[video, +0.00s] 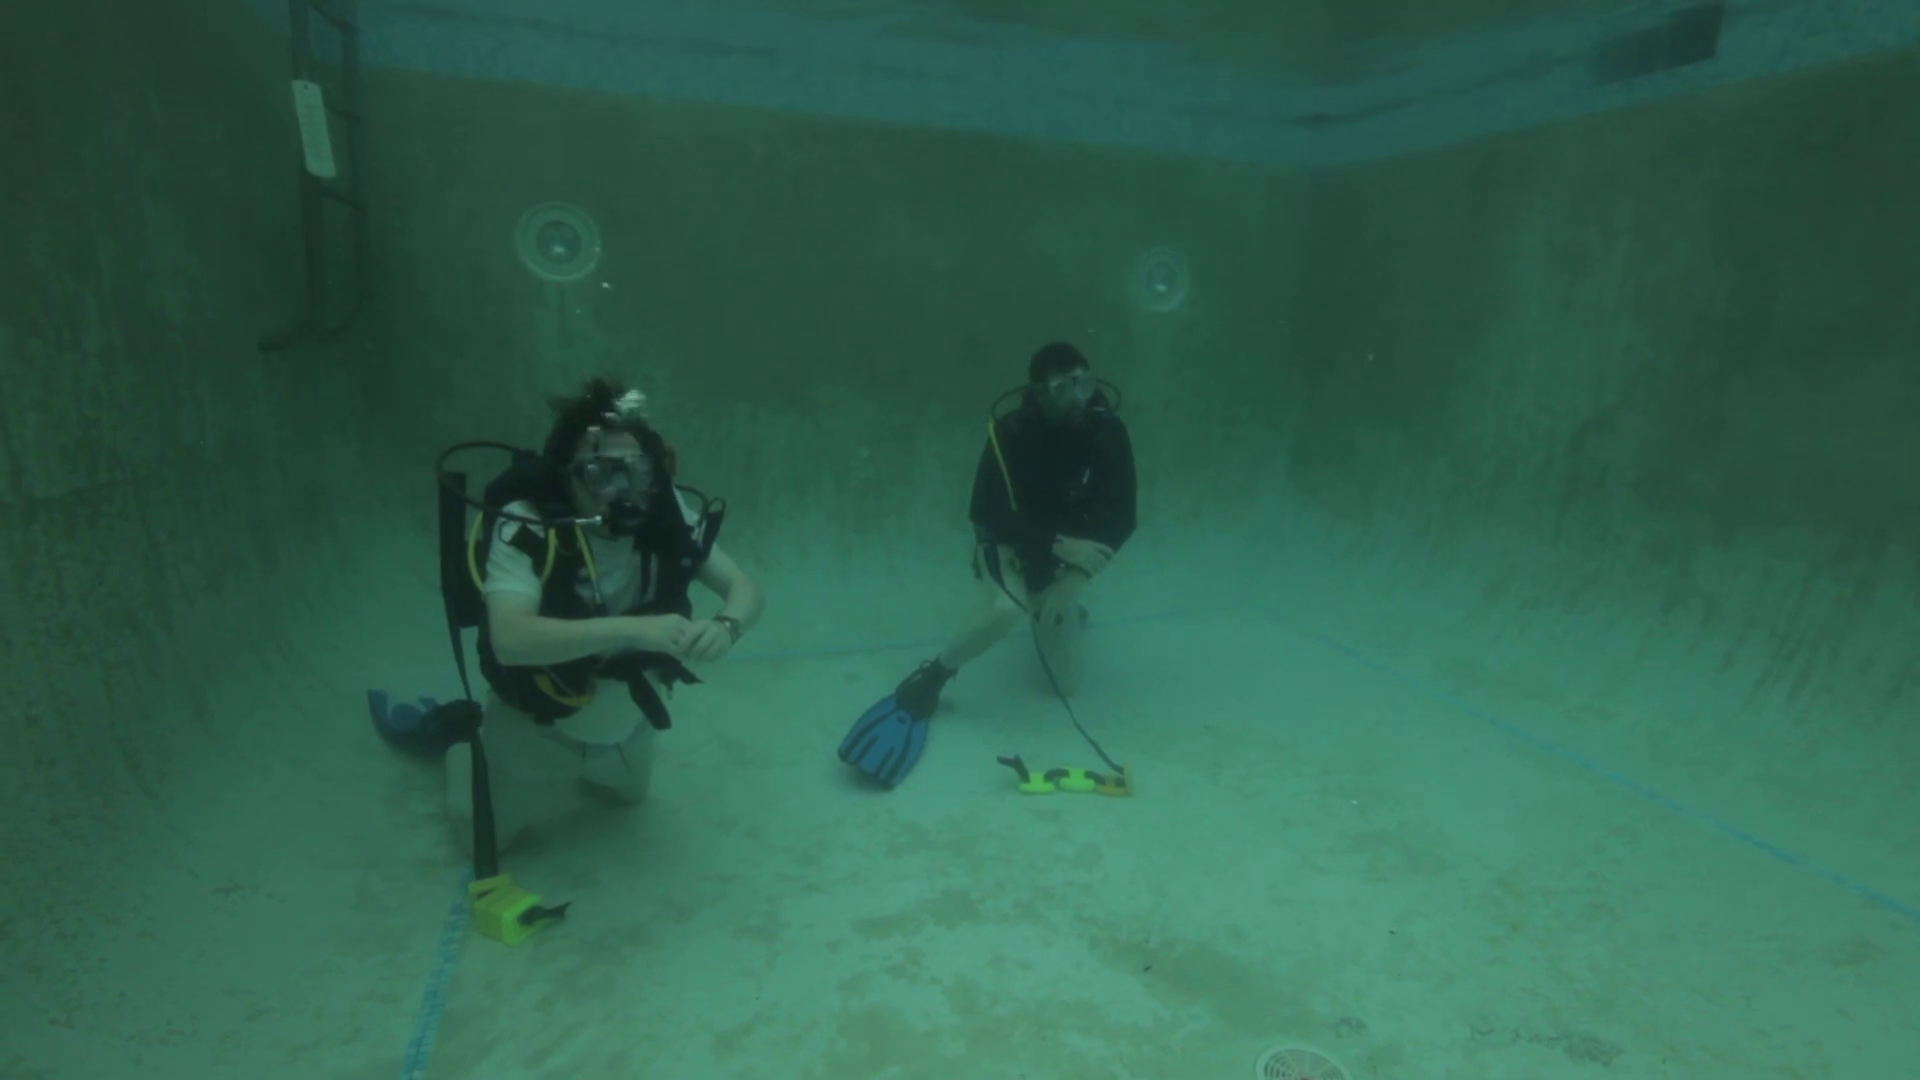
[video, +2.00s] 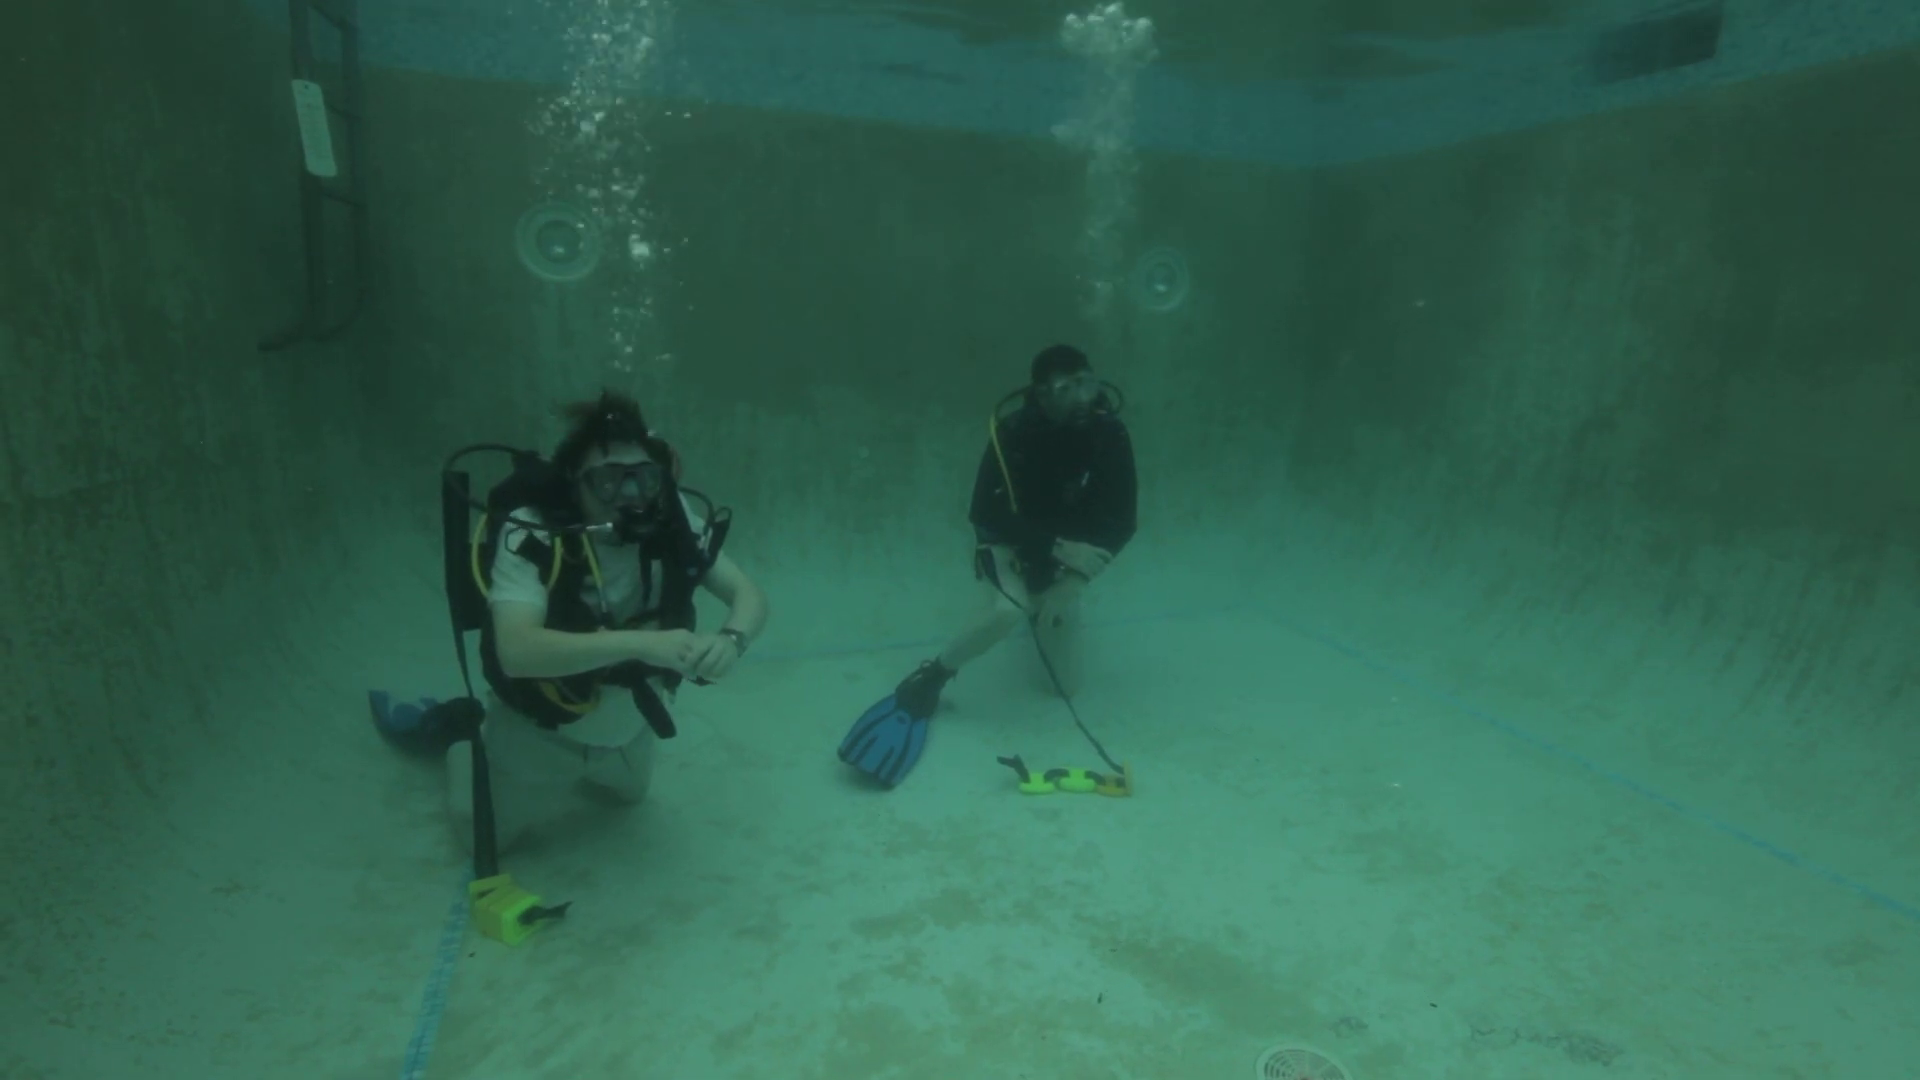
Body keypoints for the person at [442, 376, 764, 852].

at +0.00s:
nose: (617, 486)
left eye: (630, 470)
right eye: (600, 470)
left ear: (653, 470)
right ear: (567, 471)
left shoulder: (667, 516)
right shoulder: (525, 523)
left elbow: (744, 587)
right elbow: (510, 639)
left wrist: (727, 625)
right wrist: (636, 631)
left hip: (625, 708)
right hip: (538, 714)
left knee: (628, 787)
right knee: (491, 832)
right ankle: (461, 730)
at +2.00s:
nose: (627, 495)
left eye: (640, 479)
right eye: (608, 479)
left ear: (658, 479)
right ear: (575, 481)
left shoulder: (670, 521)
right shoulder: (530, 529)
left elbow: (748, 595)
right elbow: (516, 652)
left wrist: (732, 638)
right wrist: (646, 645)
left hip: (627, 713)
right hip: (537, 721)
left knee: (628, 787)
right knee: (483, 834)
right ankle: (462, 729)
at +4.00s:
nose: (633, 496)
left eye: (644, 478)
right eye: (613, 481)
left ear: (662, 475)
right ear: (577, 484)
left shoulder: (670, 519)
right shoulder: (529, 527)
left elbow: (747, 592)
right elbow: (515, 647)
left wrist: (731, 635)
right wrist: (644, 641)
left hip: (627, 710)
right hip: (538, 717)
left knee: (628, 786)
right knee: (488, 835)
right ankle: (464, 730)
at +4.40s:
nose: (645, 505)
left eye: (652, 486)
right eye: (626, 493)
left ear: (663, 473)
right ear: (581, 493)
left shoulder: (667, 513)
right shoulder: (525, 525)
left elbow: (744, 589)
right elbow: (512, 644)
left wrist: (729, 631)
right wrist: (639, 637)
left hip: (627, 705)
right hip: (538, 713)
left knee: (628, 786)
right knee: (489, 835)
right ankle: (464, 730)